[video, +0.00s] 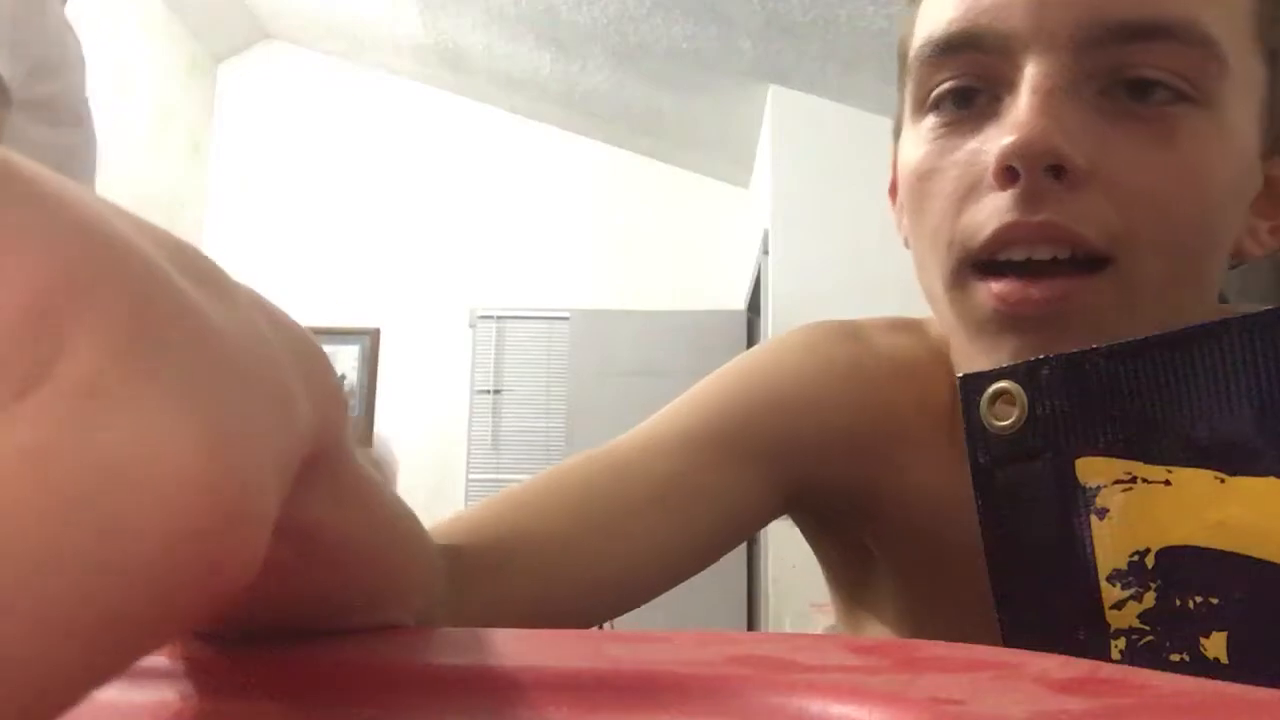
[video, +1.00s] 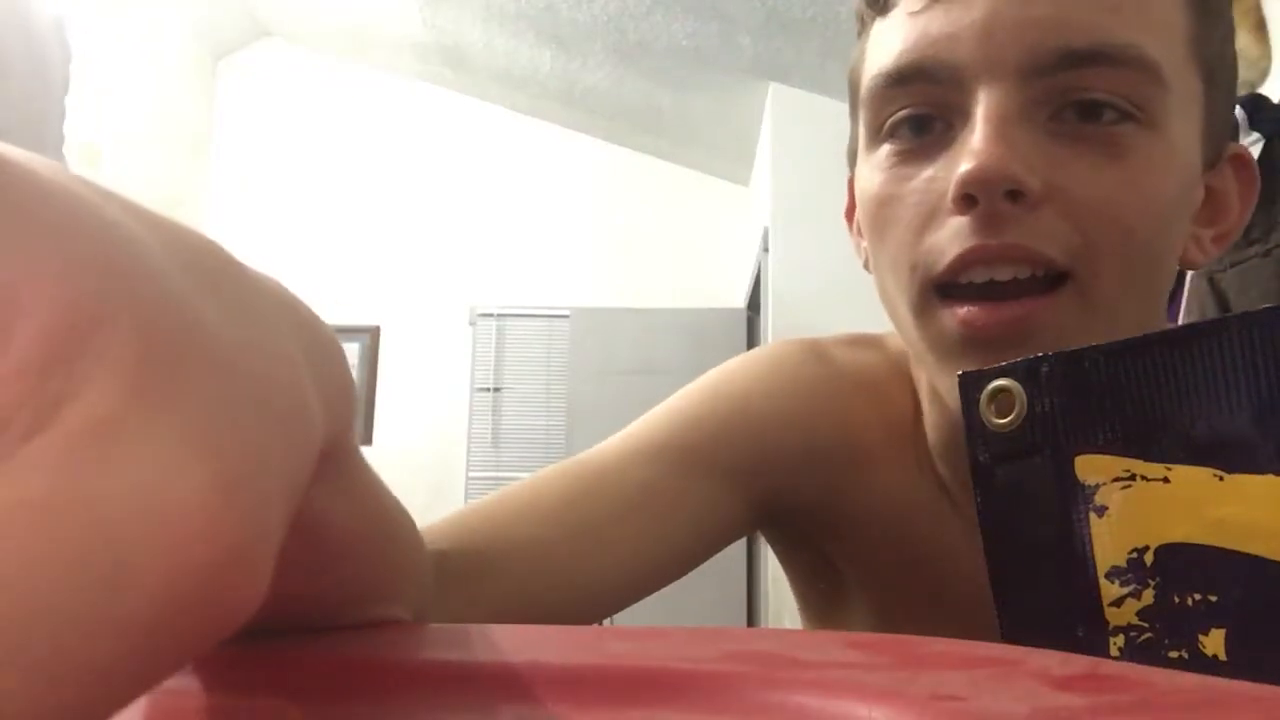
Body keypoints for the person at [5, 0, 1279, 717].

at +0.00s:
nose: (1026, 149)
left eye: (1143, 85)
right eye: (965, 93)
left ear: (1259, 199)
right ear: (903, 183)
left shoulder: (1268, 414)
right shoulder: (847, 402)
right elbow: (447, 583)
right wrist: (270, 434)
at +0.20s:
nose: (1032, 157)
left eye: (1140, 91)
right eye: (966, 102)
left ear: (1252, 201)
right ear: (895, 192)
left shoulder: (1265, 426)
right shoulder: (842, 405)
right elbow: (444, 583)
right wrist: (286, 423)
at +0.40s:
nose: (1015, 170)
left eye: (1118, 104)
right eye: (949, 117)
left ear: (1242, 201)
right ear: (886, 203)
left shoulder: (1265, 432)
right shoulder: (831, 414)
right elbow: (448, 581)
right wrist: (271, 437)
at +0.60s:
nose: (994, 165)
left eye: (1098, 102)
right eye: (930, 115)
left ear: (1221, 202)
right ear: (869, 201)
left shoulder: (1259, 434)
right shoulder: (815, 417)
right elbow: (439, 581)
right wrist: (257, 427)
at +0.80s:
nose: (977, 174)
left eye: (1082, 110)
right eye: (914, 121)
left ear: (1210, 203)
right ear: (855, 203)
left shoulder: (1258, 433)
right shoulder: (816, 419)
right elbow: (434, 581)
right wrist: (256, 438)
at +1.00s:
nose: (986, 174)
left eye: (1092, 110)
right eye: (921, 121)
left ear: (1217, 205)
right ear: (860, 203)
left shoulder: (1257, 439)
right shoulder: (810, 419)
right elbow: (427, 584)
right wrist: (254, 435)